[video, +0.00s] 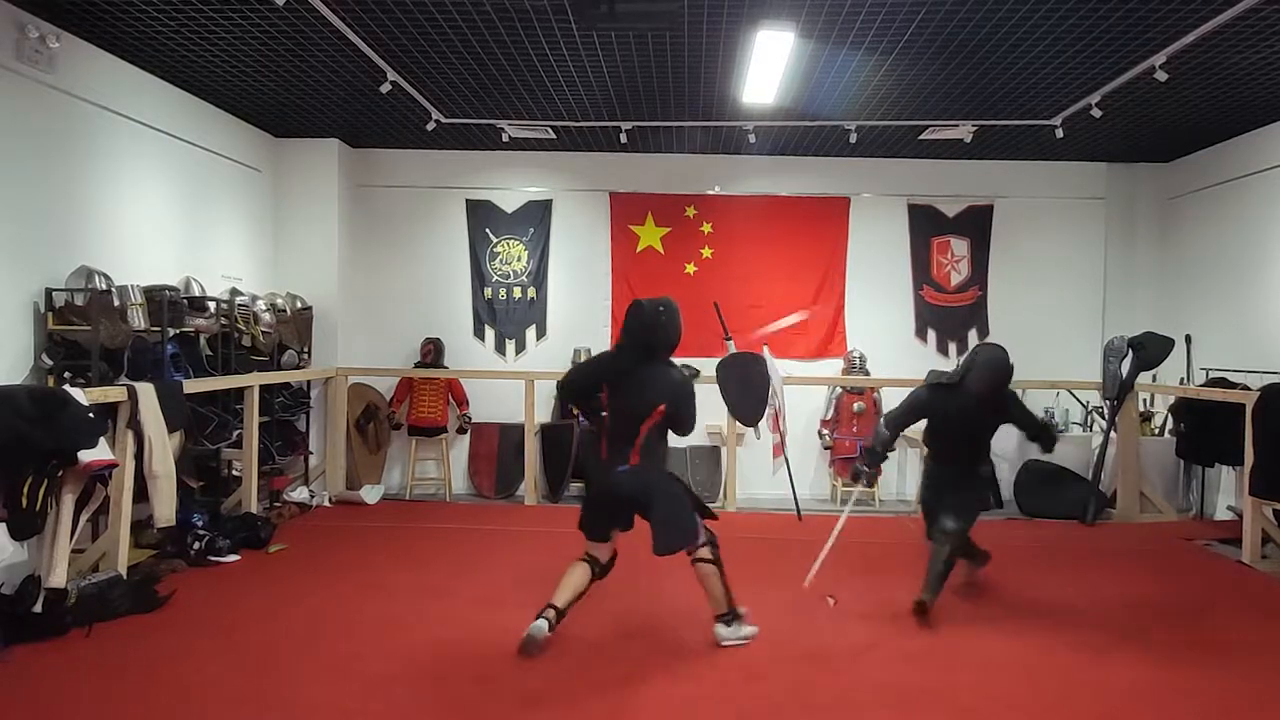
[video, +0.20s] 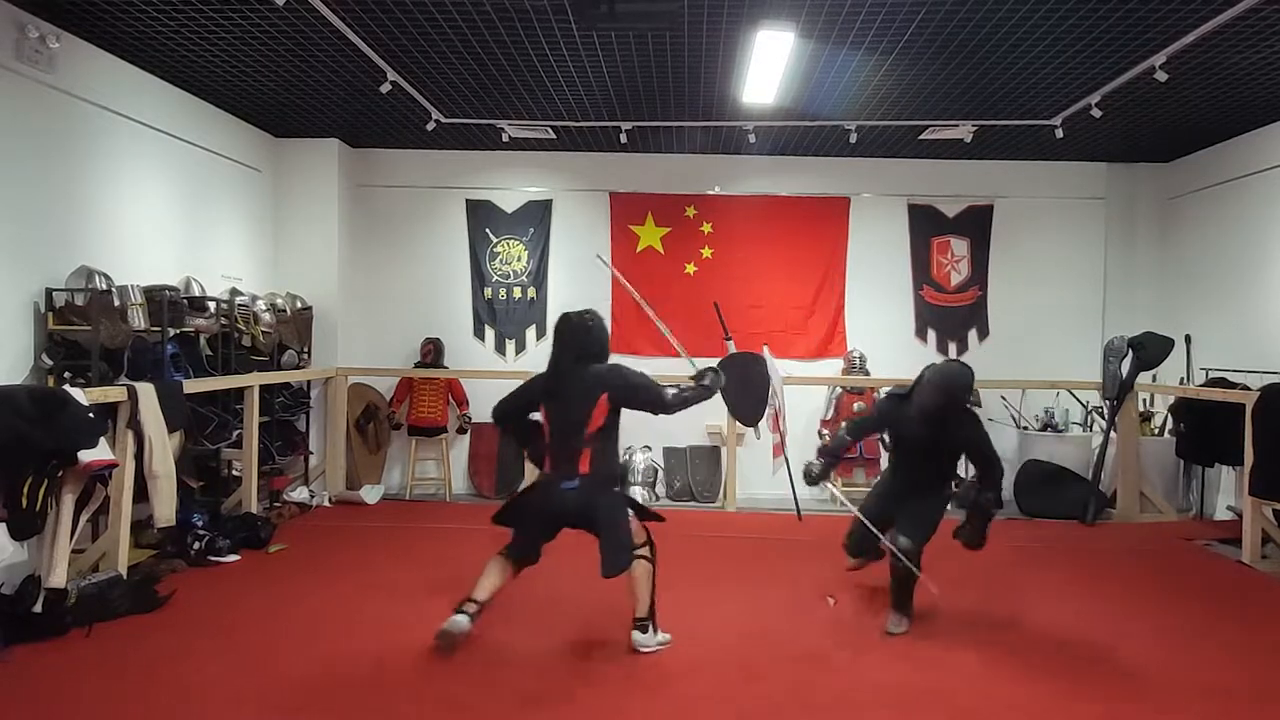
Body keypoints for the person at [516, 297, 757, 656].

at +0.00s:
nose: (679, 334)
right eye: (675, 328)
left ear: (629, 331)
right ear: (672, 336)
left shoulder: (610, 362)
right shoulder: (675, 380)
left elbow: (570, 387)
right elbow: (683, 426)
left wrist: (601, 414)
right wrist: (679, 385)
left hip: (602, 477)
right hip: (649, 477)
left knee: (596, 556)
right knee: (700, 541)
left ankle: (546, 619)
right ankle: (727, 621)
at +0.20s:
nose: (608, 337)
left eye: (602, 330)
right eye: (603, 332)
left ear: (561, 343)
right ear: (598, 342)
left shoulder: (548, 381)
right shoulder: (613, 377)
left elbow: (504, 412)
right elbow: (666, 402)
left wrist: (538, 451)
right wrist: (707, 384)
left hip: (550, 493)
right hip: (598, 494)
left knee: (514, 552)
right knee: (641, 544)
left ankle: (465, 613)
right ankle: (644, 629)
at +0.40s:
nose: (520, 368)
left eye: (517, 364)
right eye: (517, 363)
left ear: (474, 364)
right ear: (510, 363)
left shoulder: (456, 395)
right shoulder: (521, 387)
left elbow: (409, 430)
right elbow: (567, 419)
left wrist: (441, 462)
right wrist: (619, 430)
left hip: (456, 502)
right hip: (504, 499)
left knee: (439, 563)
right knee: (559, 560)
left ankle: (398, 641)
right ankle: (615, 632)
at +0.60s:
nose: (466, 355)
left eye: (465, 349)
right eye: (464, 348)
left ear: (417, 346)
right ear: (455, 348)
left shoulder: (394, 383)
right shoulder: (457, 381)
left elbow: (345, 414)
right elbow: (475, 435)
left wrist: (377, 447)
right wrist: (518, 484)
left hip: (391, 495)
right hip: (436, 495)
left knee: (421, 556)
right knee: (471, 574)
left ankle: (394, 640)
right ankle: (418, 643)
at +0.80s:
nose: (436, 330)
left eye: (434, 322)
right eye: (432, 323)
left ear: (383, 321)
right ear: (421, 325)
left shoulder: (359, 362)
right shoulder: (416, 373)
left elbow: (316, 392)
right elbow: (417, 434)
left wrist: (347, 433)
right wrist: (484, 463)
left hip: (343, 486)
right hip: (381, 493)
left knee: (369, 584)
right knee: (361, 601)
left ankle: (330, 651)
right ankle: (300, 688)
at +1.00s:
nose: (404, 329)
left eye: (401, 319)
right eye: (399, 320)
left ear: (355, 324)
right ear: (382, 325)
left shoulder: (325, 365)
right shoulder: (377, 376)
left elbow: (291, 391)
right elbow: (386, 449)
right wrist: (459, 464)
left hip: (307, 501)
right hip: (348, 506)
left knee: (292, 599)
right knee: (418, 574)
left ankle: (222, 690)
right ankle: (343, 655)